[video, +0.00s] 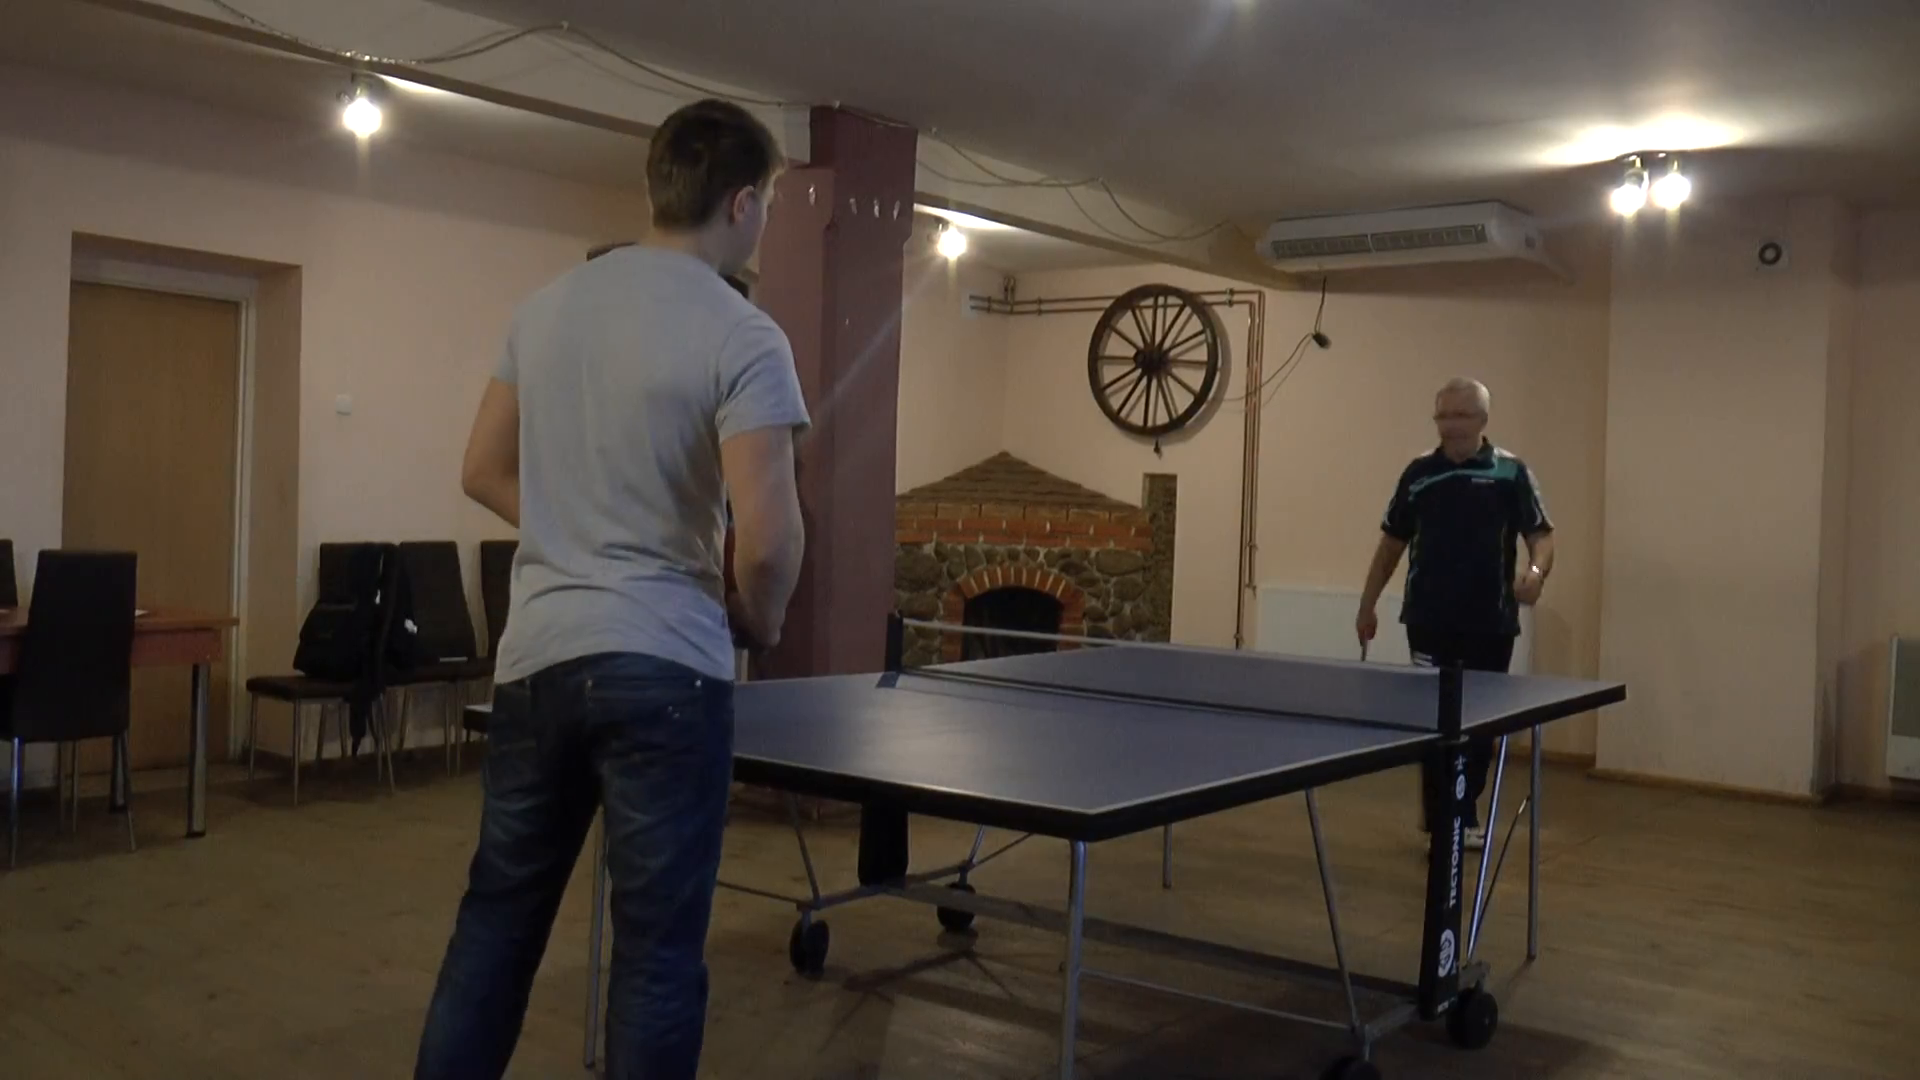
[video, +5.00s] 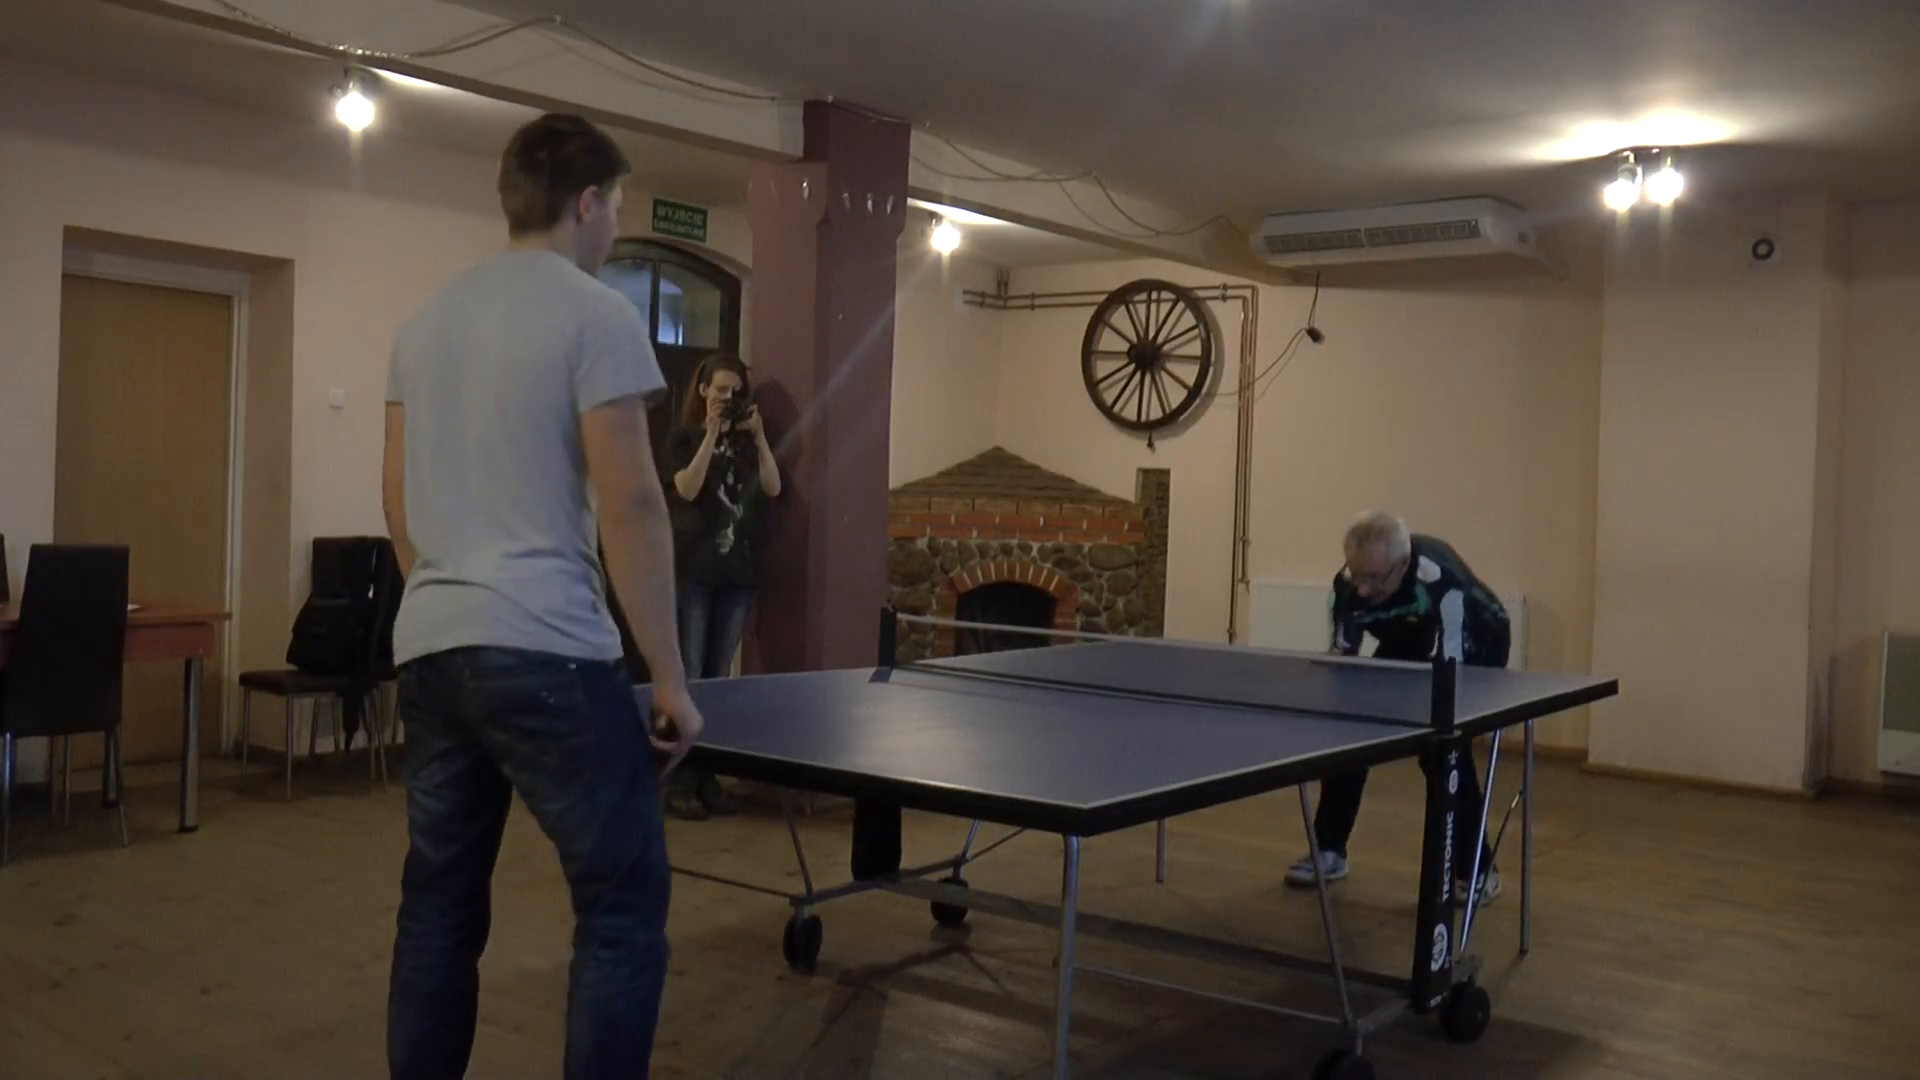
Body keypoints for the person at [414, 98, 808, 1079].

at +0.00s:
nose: (764, 218)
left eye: (768, 201)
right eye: (765, 199)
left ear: (653, 192)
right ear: (740, 200)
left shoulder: (546, 307)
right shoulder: (740, 331)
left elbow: (487, 471)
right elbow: (765, 540)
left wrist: (577, 533)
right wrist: (758, 623)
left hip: (535, 651)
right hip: (664, 657)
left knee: (496, 919)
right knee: (658, 945)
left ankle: (446, 1072)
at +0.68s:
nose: (618, 196)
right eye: (620, 183)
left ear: (506, 185)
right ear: (611, 193)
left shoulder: (435, 315)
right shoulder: (630, 323)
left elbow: (389, 481)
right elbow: (658, 532)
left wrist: (490, 524)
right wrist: (664, 592)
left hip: (449, 652)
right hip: (577, 657)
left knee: (441, 928)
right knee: (620, 939)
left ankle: (425, 1074)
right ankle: (628, 1074)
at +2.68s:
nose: (568, 228)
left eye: (572, 213)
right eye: (569, 211)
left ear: (460, 203)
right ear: (545, 204)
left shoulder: (365, 309)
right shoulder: (568, 308)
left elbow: (283, 488)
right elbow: (702, 472)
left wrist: (359, 560)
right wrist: (679, 538)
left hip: (364, 662)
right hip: (506, 662)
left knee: (352, 941)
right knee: (564, 948)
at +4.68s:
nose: (685, 224)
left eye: (686, 207)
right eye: (686, 206)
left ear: (581, 195)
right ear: (663, 203)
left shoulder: (470, 299)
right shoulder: (672, 318)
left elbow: (404, 471)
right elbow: (715, 525)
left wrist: (443, 612)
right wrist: (721, 656)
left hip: (456, 649)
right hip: (591, 650)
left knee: (450, 912)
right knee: (593, 933)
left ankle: (434, 1070)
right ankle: (585, 1075)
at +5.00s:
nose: (616, 230)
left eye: (620, 214)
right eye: (616, 212)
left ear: (511, 203)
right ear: (587, 203)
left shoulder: (423, 322)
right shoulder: (593, 309)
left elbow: (400, 506)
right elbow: (628, 500)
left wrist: (449, 617)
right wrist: (666, 674)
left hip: (429, 651)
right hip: (550, 653)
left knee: (437, 910)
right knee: (622, 912)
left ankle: (419, 1071)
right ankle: (604, 1073)